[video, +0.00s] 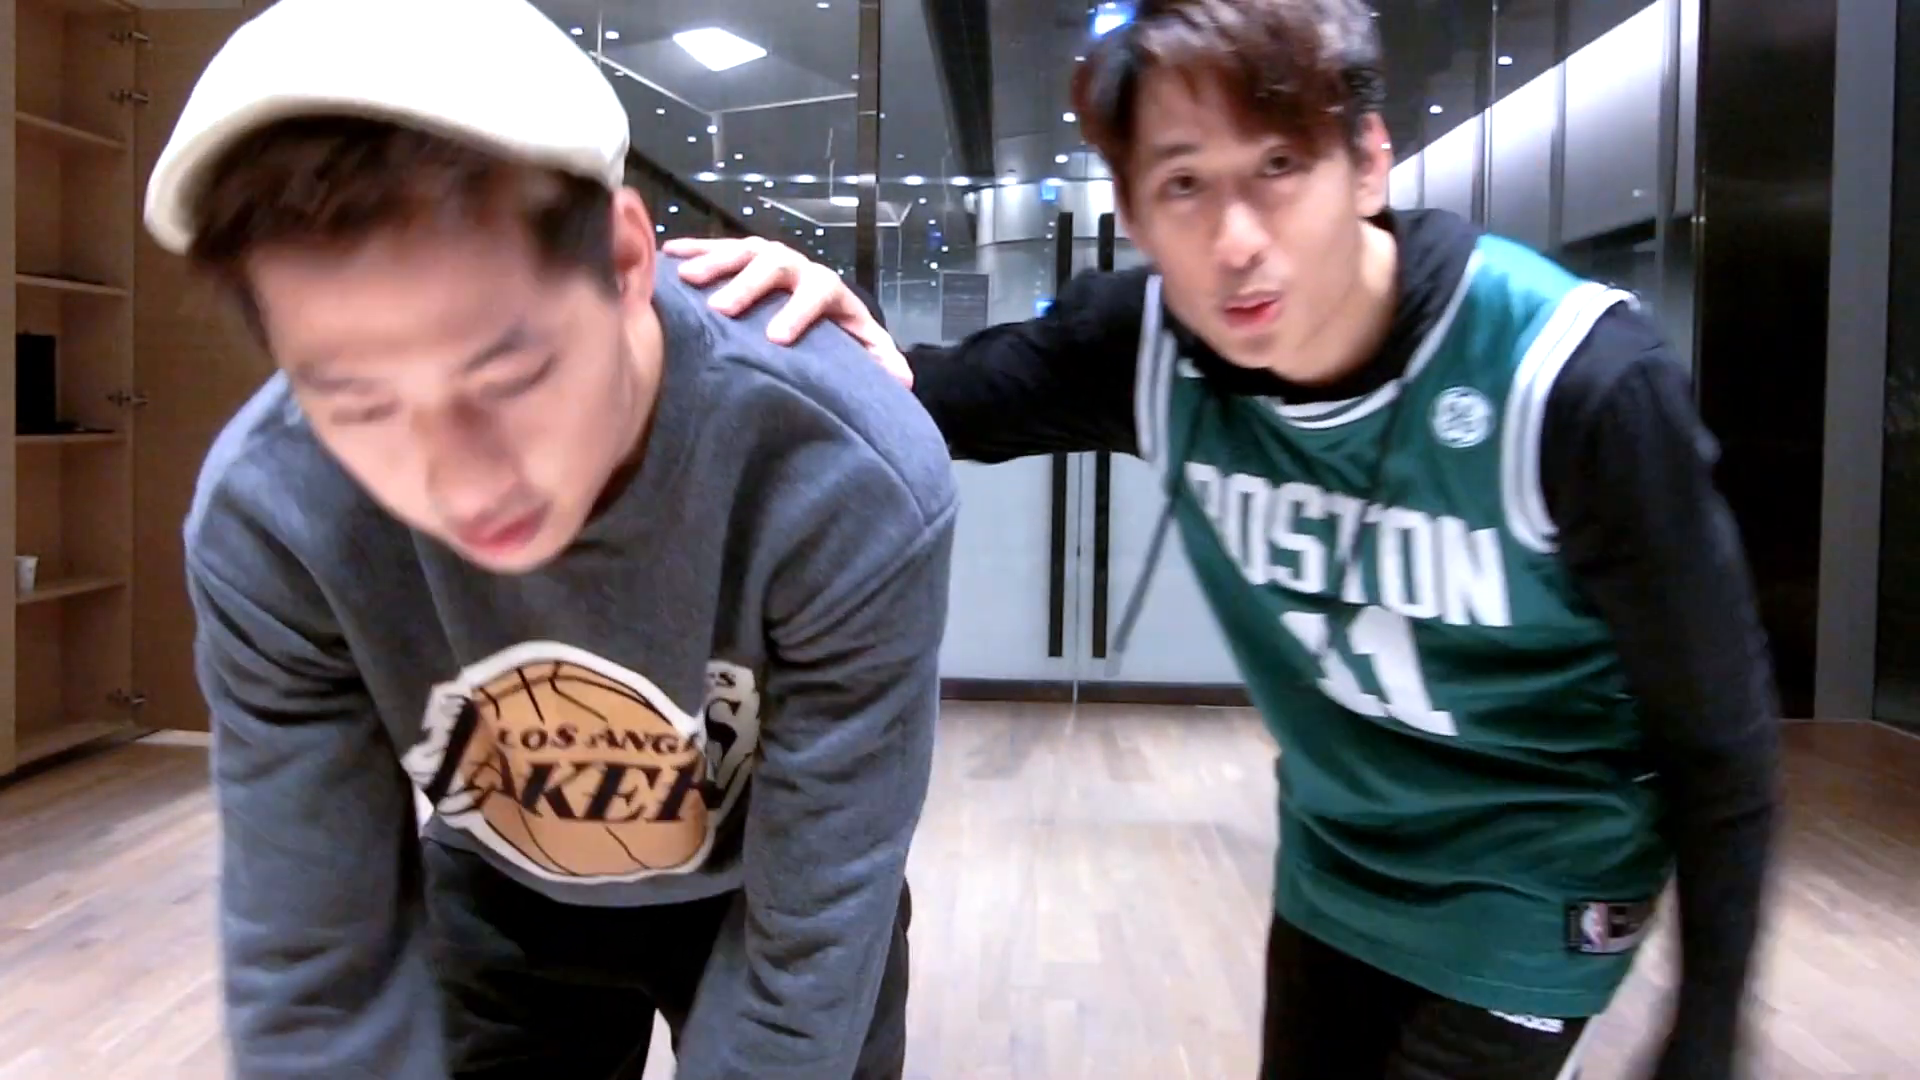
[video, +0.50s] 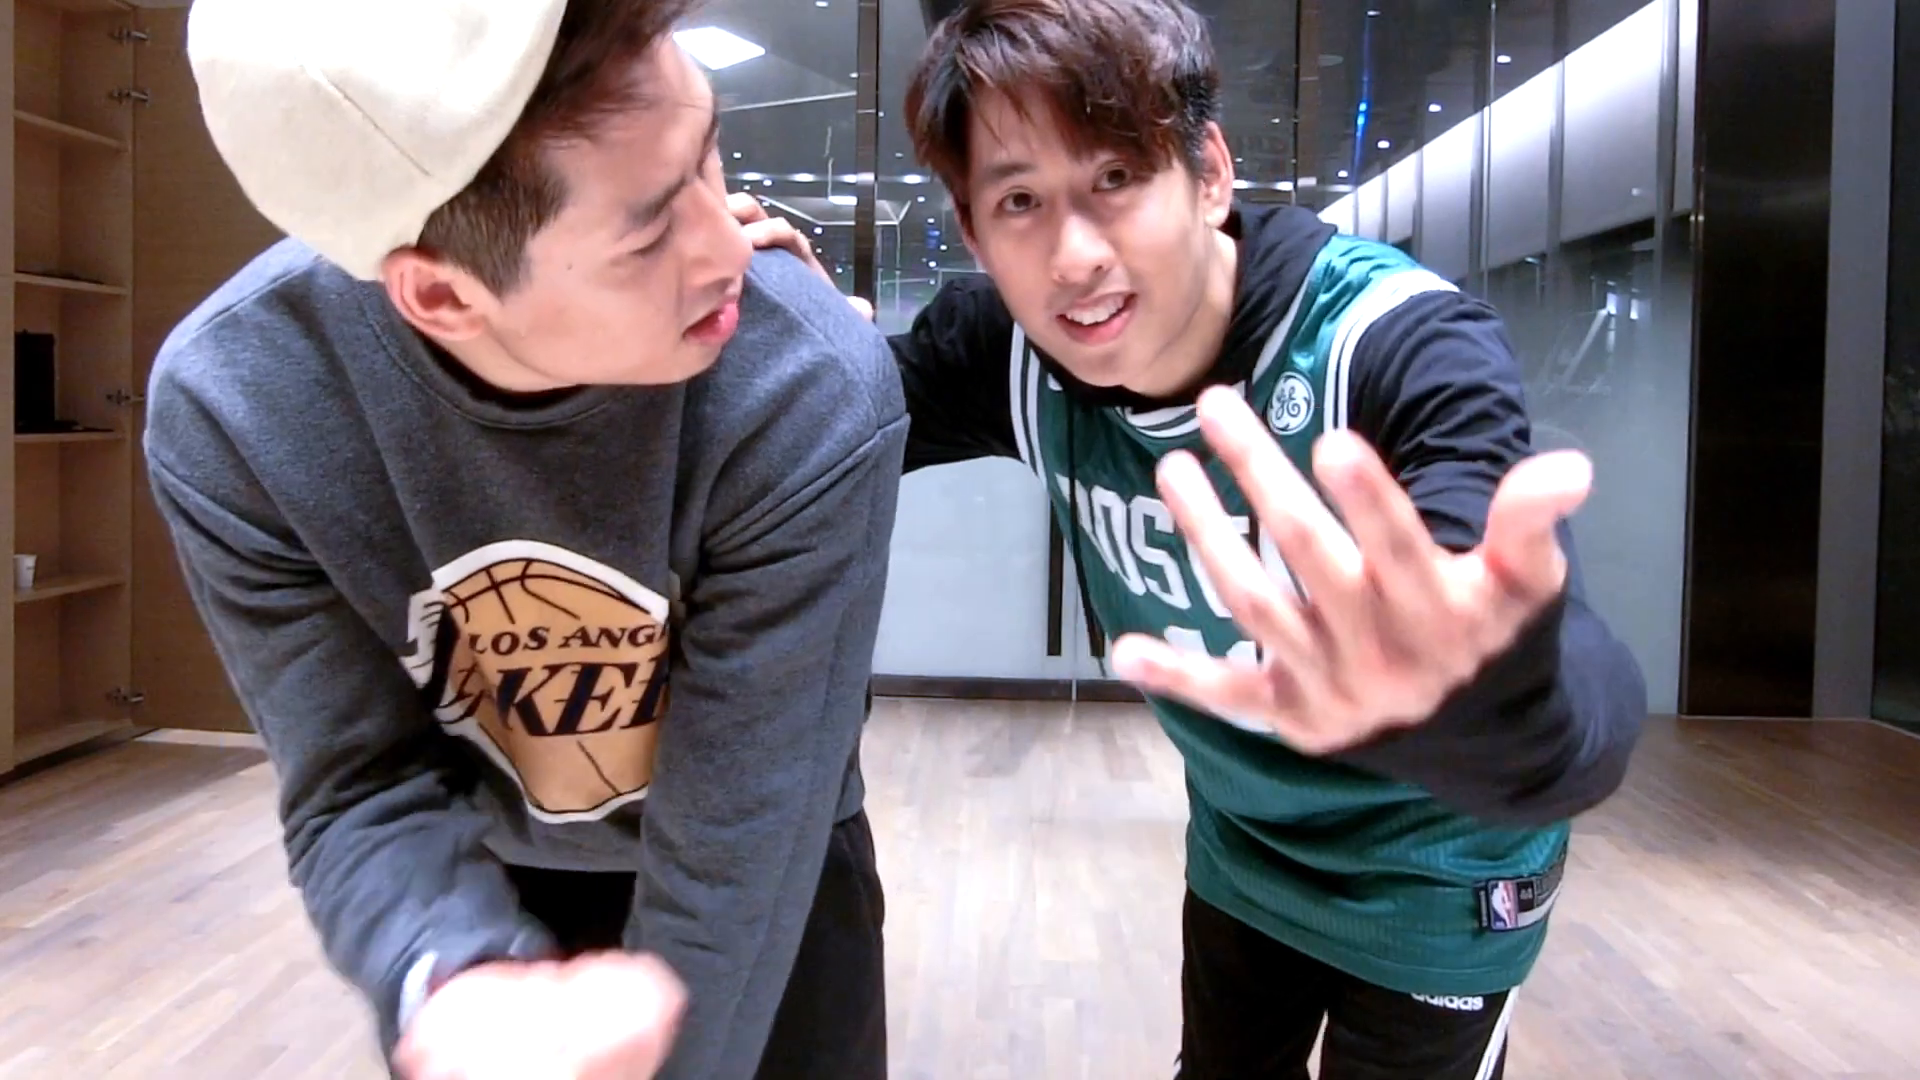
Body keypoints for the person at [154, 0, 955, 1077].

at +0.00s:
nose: (460, 484)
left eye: (509, 377)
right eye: (362, 411)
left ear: (629, 261)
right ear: (289, 373)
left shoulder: (852, 485)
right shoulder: (267, 521)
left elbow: (801, 978)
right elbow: (315, 998)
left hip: (771, 903)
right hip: (507, 896)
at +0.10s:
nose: (606, 364)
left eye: (625, 254)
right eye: (503, 319)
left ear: (656, 192)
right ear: (330, 309)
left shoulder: (834, 460)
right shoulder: (257, 475)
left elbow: (776, 973)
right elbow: (252, 959)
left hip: (782, 882)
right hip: (508, 876)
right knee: (472, 1058)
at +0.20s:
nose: (710, 298)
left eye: (691, 198)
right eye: (616, 283)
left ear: (680, 126)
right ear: (422, 337)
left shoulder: (817, 425)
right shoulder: (249, 431)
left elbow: (719, 924)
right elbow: (234, 913)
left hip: (772, 872)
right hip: (496, 870)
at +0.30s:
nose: (725, 273)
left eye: (708, 180)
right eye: (638, 263)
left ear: (702, 120)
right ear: (437, 326)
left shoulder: (817, 404)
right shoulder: (238, 415)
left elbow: (688, 900)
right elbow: (257, 878)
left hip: (768, 860)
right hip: (485, 859)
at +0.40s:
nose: (729, 253)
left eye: (713, 162)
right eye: (648, 237)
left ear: (711, 114)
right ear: (443, 302)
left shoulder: (815, 397)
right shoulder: (235, 409)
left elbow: (698, 888)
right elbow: (319, 833)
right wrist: (361, 1060)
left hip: (759, 866)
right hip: (485, 873)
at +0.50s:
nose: (731, 249)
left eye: (710, 157)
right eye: (648, 236)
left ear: (707, 108)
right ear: (442, 301)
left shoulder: (810, 390)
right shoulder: (228, 406)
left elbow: (723, 868)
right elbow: (358, 785)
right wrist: (455, 981)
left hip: (757, 867)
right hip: (488, 880)